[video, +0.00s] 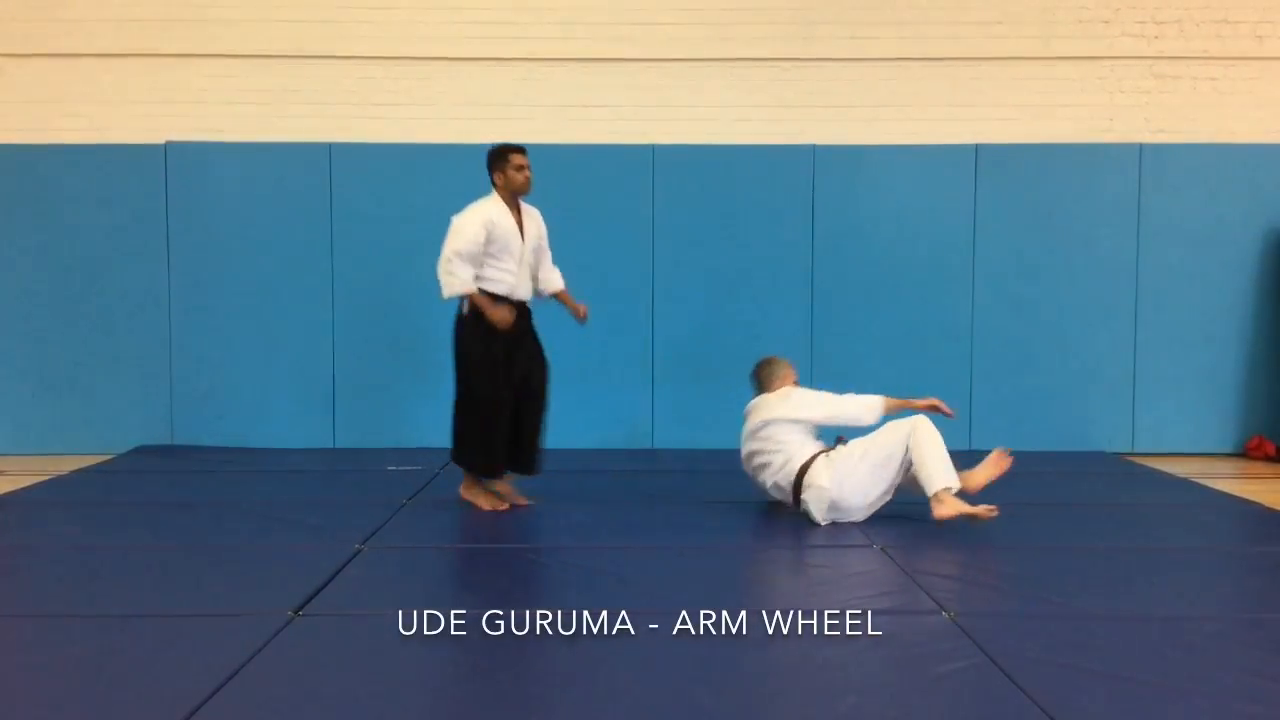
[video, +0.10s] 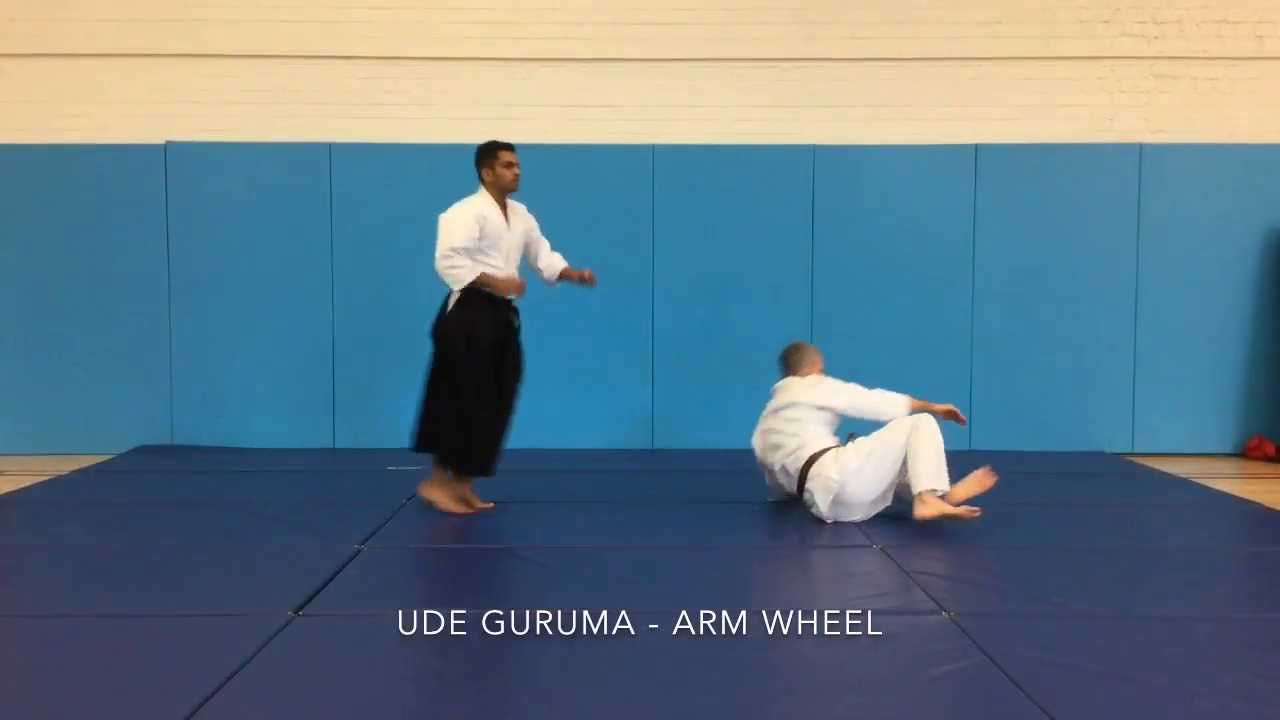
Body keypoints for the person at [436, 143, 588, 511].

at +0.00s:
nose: (527, 174)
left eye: (528, 168)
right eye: (519, 169)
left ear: (527, 173)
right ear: (498, 175)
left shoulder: (533, 217)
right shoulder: (475, 217)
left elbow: (543, 269)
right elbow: (453, 268)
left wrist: (570, 303)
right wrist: (487, 306)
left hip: (518, 316)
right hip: (481, 315)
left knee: (526, 389)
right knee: (482, 395)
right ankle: (472, 481)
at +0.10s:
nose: (516, 171)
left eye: (517, 166)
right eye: (508, 166)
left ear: (516, 172)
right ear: (486, 172)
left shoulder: (521, 217)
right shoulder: (463, 213)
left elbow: (542, 256)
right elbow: (449, 261)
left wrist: (570, 273)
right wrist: (494, 281)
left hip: (502, 317)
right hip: (468, 314)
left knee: (492, 397)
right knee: (464, 395)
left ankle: (461, 483)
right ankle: (437, 482)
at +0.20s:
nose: (503, 183)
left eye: (502, 176)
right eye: (495, 177)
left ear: (495, 183)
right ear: (473, 183)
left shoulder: (504, 228)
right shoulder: (451, 225)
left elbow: (536, 257)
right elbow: (455, 277)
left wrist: (570, 262)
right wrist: (502, 272)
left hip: (487, 330)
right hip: (454, 327)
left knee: (477, 412)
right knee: (436, 406)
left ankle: (454, 491)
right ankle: (385, 484)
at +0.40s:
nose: (474, 191)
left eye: (474, 184)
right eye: (467, 184)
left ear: (457, 190)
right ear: (444, 190)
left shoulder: (462, 235)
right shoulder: (426, 231)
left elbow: (490, 281)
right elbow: (446, 284)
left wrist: (526, 271)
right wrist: (477, 270)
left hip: (459, 332)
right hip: (429, 331)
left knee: (471, 411)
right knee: (406, 412)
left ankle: (457, 492)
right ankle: (352, 492)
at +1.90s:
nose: (466, 208)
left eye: (464, 201)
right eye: (459, 202)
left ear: (438, 208)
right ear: (437, 207)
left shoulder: (436, 243)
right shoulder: (426, 247)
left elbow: (462, 293)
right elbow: (462, 305)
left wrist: (492, 274)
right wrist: (497, 284)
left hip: (447, 344)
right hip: (425, 346)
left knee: (485, 404)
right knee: (403, 425)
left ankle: (508, 461)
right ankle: (354, 495)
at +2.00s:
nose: (481, 211)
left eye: (479, 205)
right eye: (474, 206)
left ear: (457, 213)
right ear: (452, 212)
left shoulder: (458, 246)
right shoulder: (449, 249)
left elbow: (491, 290)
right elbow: (502, 293)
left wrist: (510, 270)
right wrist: (523, 268)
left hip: (471, 346)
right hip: (447, 347)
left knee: (501, 409)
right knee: (416, 422)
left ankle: (517, 472)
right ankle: (363, 491)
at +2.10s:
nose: (493, 213)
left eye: (493, 206)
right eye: (486, 207)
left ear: (485, 211)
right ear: (465, 214)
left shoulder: (485, 248)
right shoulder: (463, 246)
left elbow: (512, 298)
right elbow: (527, 259)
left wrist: (526, 258)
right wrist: (547, 229)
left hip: (493, 346)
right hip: (464, 346)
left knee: (509, 412)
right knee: (435, 420)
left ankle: (514, 478)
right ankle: (384, 492)